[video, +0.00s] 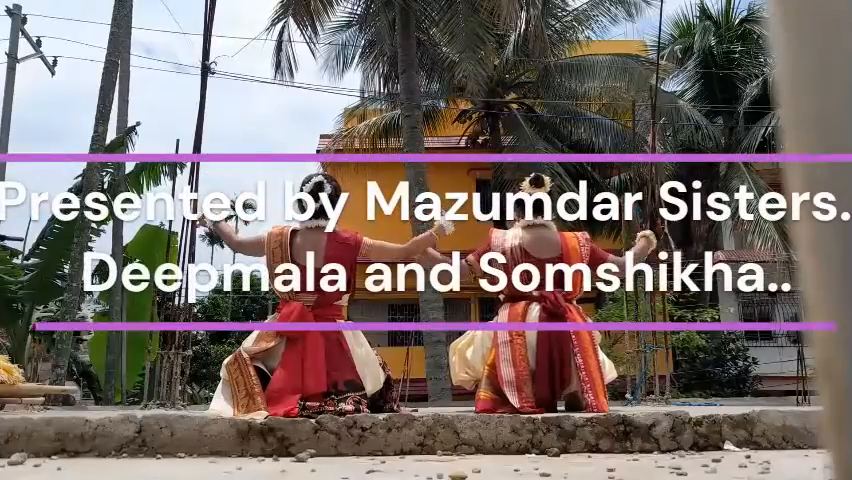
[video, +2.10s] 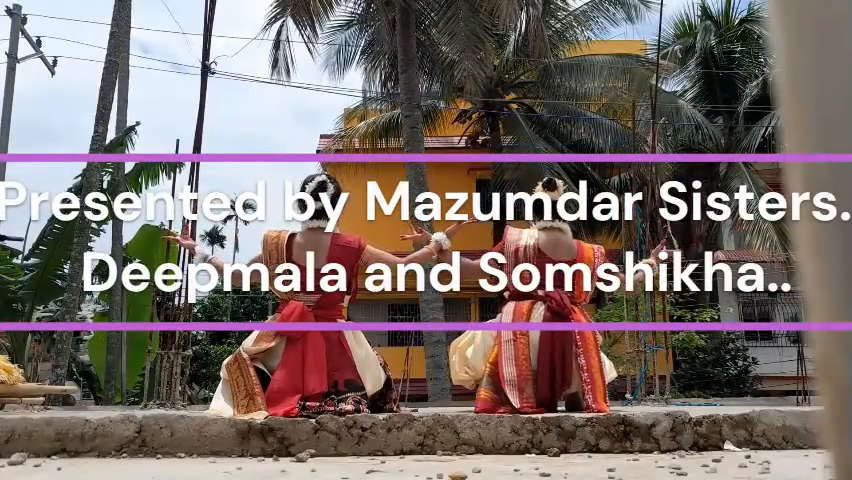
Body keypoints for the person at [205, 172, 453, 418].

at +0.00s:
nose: (335, 210)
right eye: (335, 203)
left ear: (300, 205)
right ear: (335, 206)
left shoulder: (277, 238)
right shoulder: (348, 242)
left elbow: (235, 242)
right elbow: (404, 252)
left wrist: (211, 220)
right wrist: (436, 230)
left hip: (286, 339)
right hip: (335, 340)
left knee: (238, 365)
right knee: (376, 385)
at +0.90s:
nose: (340, 205)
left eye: (325, 199)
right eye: (339, 200)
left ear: (301, 202)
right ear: (336, 205)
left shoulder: (275, 243)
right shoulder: (348, 246)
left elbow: (243, 275)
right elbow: (399, 268)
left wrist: (207, 253)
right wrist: (429, 251)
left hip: (288, 342)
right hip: (335, 341)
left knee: (239, 362)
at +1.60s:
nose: (337, 207)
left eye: (318, 201)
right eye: (337, 201)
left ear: (300, 204)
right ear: (337, 207)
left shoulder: (276, 245)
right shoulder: (349, 248)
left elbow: (246, 280)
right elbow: (402, 267)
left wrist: (200, 256)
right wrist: (431, 247)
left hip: (289, 350)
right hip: (336, 349)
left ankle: (289, 392)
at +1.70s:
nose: (334, 207)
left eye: (315, 200)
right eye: (336, 201)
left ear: (300, 203)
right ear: (337, 206)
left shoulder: (275, 244)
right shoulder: (348, 248)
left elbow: (247, 281)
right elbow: (402, 267)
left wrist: (200, 256)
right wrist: (431, 248)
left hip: (288, 350)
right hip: (336, 350)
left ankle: (290, 392)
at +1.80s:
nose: (338, 207)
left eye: (331, 201)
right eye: (338, 202)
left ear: (300, 205)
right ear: (337, 206)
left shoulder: (276, 244)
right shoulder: (349, 247)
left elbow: (241, 280)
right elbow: (402, 265)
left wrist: (200, 254)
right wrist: (432, 246)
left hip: (287, 343)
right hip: (333, 344)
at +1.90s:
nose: (340, 206)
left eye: (333, 201)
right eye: (340, 202)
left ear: (300, 204)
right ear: (337, 206)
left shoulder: (275, 244)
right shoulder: (348, 247)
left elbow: (241, 280)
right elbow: (403, 264)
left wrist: (200, 254)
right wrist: (431, 245)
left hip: (288, 350)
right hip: (335, 350)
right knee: (376, 389)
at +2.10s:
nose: (338, 206)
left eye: (317, 200)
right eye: (338, 201)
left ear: (300, 203)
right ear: (336, 206)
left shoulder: (276, 245)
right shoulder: (349, 247)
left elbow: (236, 278)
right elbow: (404, 264)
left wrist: (199, 252)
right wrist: (435, 246)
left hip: (289, 349)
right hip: (335, 349)